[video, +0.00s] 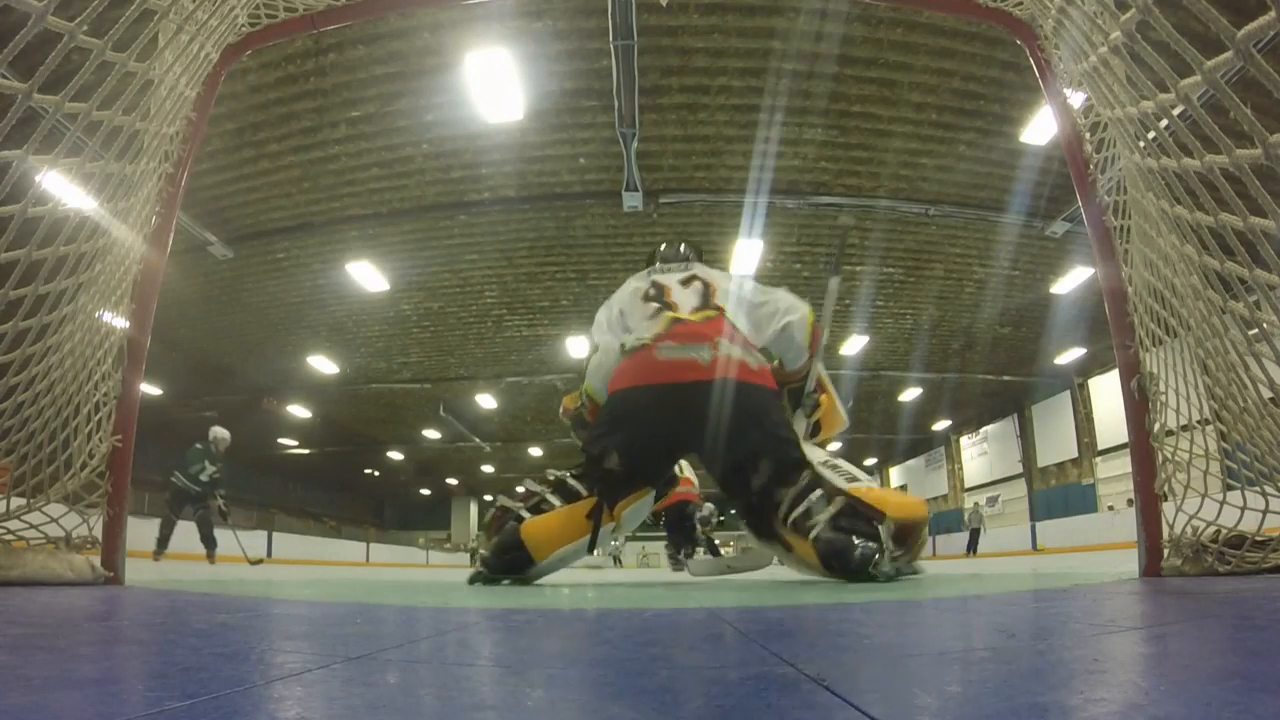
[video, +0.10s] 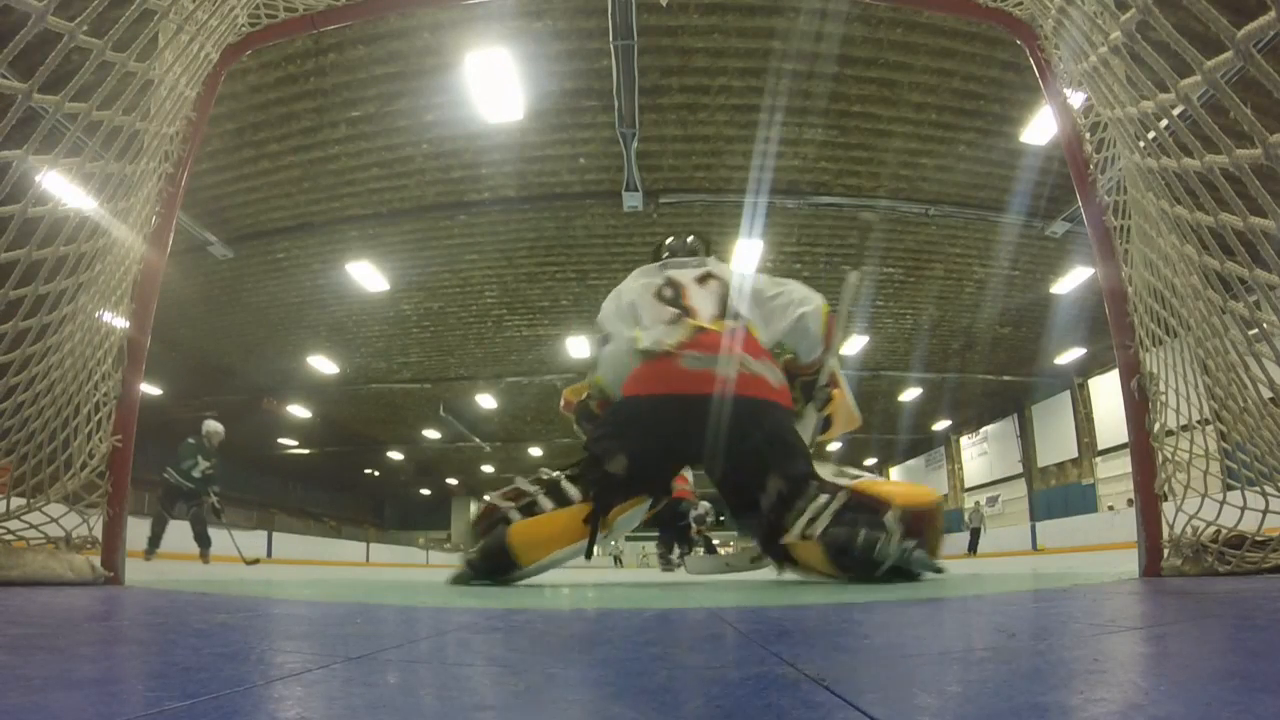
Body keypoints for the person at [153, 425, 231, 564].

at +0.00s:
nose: (225, 447)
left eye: (226, 444)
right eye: (224, 443)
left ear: (223, 443)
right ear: (215, 440)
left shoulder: (219, 460)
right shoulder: (198, 449)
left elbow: (219, 483)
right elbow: (194, 469)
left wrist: (222, 502)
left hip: (199, 493)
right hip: (181, 488)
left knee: (204, 519)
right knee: (170, 518)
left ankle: (211, 550)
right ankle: (160, 548)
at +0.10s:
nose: (218, 442)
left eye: (220, 439)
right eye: (217, 438)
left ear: (216, 437)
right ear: (208, 435)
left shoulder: (213, 455)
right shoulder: (190, 444)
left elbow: (213, 479)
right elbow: (188, 467)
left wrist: (215, 500)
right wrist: (202, 487)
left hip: (194, 489)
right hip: (174, 484)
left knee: (197, 517)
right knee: (162, 514)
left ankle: (204, 548)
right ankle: (152, 547)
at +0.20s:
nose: (216, 438)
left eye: (217, 435)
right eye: (214, 434)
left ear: (213, 434)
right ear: (205, 432)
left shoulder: (210, 453)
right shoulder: (186, 441)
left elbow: (210, 478)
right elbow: (182, 463)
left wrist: (212, 498)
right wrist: (197, 484)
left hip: (190, 487)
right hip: (170, 482)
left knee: (194, 516)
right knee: (157, 514)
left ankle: (201, 548)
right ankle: (147, 547)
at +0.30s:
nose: (208, 431)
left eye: (210, 428)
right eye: (206, 427)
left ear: (208, 428)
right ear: (196, 424)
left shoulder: (204, 448)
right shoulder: (179, 434)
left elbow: (204, 474)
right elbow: (171, 455)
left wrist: (206, 494)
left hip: (183, 484)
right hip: (163, 479)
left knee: (187, 513)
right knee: (148, 511)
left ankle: (194, 546)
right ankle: (137, 545)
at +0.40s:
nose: (204, 428)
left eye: (205, 424)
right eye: (202, 423)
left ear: (204, 425)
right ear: (192, 421)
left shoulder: (200, 444)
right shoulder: (174, 431)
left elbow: (200, 471)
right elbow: (166, 453)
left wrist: (202, 491)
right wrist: (185, 455)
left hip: (179, 482)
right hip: (158, 477)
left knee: (183, 512)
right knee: (143, 510)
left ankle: (190, 546)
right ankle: (132, 544)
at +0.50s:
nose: (194, 420)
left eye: (196, 417)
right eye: (192, 415)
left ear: (198, 417)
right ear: (182, 414)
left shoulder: (193, 440)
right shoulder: (164, 426)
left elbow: (192, 467)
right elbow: (153, 451)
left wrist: (194, 487)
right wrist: (174, 474)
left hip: (171, 477)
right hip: (149, 473)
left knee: (175, 506)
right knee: (134, 504)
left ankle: (182, 544)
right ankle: (122, 541)